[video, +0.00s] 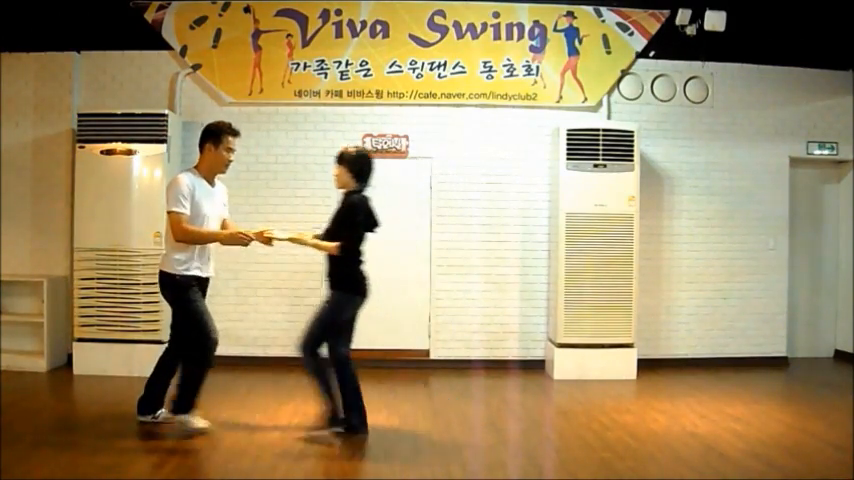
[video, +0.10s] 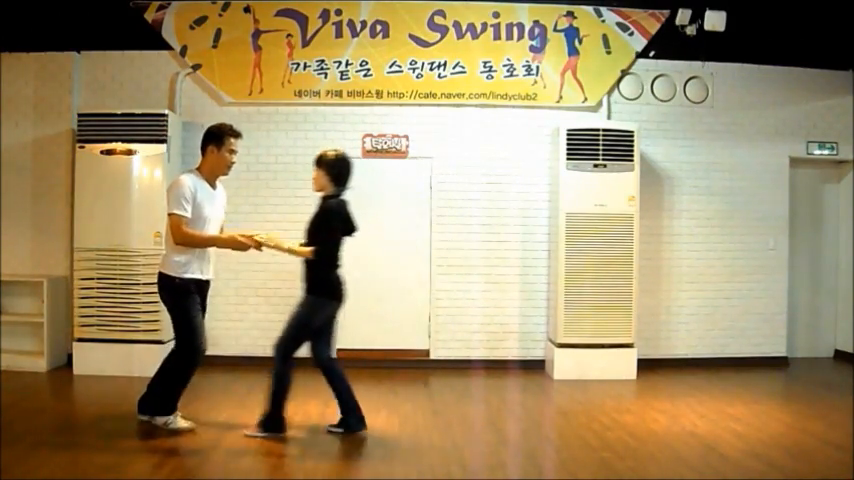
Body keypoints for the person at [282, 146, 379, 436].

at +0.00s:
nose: (335, 173)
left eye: (339, 169)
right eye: (337, 168)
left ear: (351, 173)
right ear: (356, 174)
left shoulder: (353, 204)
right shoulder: (356, 202)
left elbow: (339, 247)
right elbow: (334, 241)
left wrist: (307, 240)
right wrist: (307, 238)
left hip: (345, 291)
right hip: (350, 289)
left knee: (309, 345)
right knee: (339, 352)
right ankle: (355, 421)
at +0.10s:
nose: (313, 176)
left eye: (317, 171)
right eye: (315, 171)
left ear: (329, 176)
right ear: (335, 176)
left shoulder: (331, 208)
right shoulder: (334, 205)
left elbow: (319, 253)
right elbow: (318, 250)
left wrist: (278, 245)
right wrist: (280, 245)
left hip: (320, 295)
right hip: (327, 293)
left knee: (284, 349)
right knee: (323, 357)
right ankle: (353, 418)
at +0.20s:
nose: (292, 177)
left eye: (296, 172)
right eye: (294, 171)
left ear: (307, 178)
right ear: (313, 178)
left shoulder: (308, 211)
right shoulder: (314, 208)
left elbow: (296, 256)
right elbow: (298, 254)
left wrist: (260, 249)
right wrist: (264, 249)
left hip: (297, 295)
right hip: (305, 294)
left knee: (263, 351)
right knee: (288, 356)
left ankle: (269, 422)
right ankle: (338, 403)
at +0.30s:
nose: (275, 175)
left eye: (279, 170)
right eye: (278, 169)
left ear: (290, 176)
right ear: (297, 177)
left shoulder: (290, 210)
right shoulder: (299, 207)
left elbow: (280, 256)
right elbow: (282, 252)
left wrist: (248, 250)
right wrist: (253, 246)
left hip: (282, 294)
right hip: (289, 292)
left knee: (253, 351)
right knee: (258, 350)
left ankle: (268, 421)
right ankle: (306, 395)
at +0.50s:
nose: (255, 170)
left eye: (260, 167)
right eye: (257, 166)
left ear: (271, 173)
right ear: (276, 173)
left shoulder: (272, 206)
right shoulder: (281, 202)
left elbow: (278, 251)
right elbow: (284, 247)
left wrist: (245, 246)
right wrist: (249, 240)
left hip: (267, 289)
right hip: (273, 287)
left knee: (237, 349)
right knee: (245, 349)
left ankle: (265, 415)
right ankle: (274, 411)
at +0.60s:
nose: (254, 172)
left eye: (259, 168)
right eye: (256, 167)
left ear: (270, 174)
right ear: (275, 175)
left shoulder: (272, 206)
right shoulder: (278, 203)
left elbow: (287, 249)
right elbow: (284, 247)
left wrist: (248, 250)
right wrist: (247, 241)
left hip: (266, 290)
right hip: (270, 289)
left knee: (242, 353)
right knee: (245, 352)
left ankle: (274, 417)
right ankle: (274, 415)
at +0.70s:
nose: (261, 173)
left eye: (265, 169)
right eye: (263, 168)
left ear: (276, 175)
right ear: (282, 176)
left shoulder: (279, 207)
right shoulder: (284, 203)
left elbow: (294, 250)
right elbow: (290, 247)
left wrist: (256, 247)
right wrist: (255, 240)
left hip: (272, 291)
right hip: (276, 289)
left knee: (252, 354)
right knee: (254, 353)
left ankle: (277, 420)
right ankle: (277, 418)